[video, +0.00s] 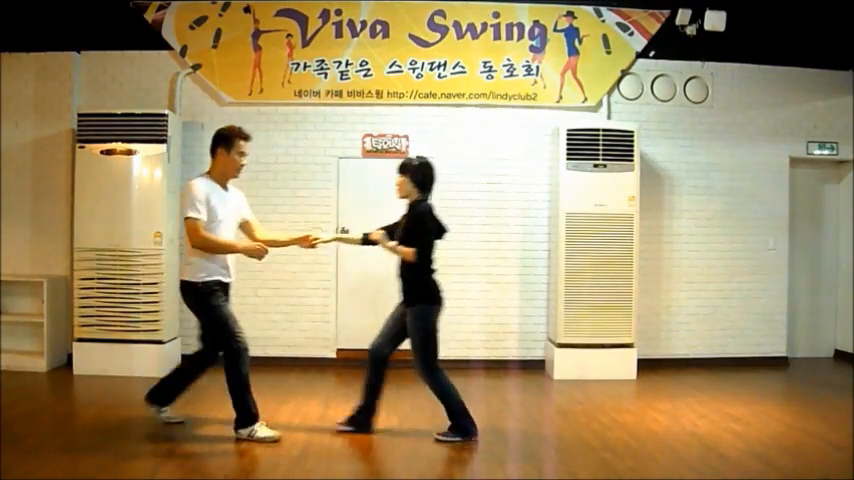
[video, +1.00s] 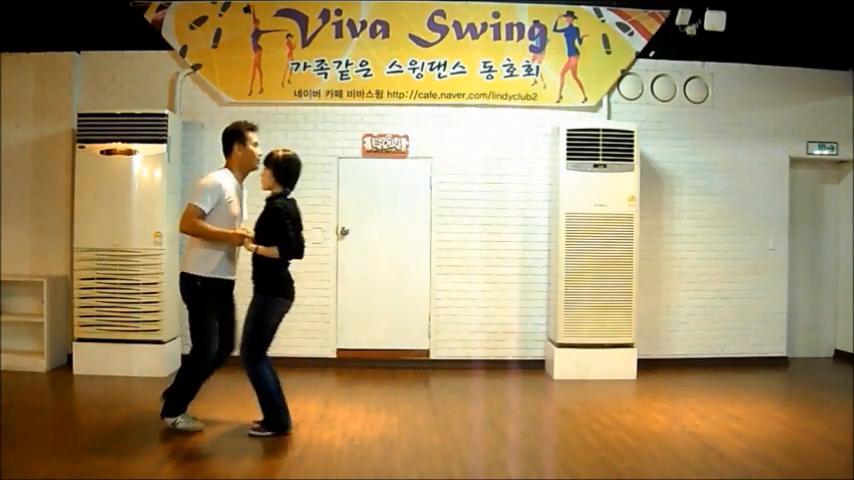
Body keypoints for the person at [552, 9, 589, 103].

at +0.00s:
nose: (567, 20)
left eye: (568, 18)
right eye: (566, 18)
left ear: (572, 18)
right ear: (568, 18)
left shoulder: (568, 29)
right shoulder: (576, 29)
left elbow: (555, 30)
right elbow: (579, 43)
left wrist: (557, 19)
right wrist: (582, 37)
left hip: (572, 54)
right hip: (575, 53)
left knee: (562, 73)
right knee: (574, 75)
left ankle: (559, 95)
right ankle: (584, 95)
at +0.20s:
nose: (567, 20)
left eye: (568, 18)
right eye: (567, 18)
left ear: (572, 19)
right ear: (568, 19)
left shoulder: (567, 29)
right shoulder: (576, 29)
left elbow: (555, 30)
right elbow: (579, 43)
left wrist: (557, 19)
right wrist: (582, 37)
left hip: (572, 54)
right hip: (575, 53)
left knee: (562, 73)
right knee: (574, 75)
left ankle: (559, 95)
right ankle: (584, 96)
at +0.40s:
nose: (567, 19)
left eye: (568, 18)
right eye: (567, 18)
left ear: (572, 18)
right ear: (568, 18)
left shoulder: (567, 29)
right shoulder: (576, 29)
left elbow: (555, 30)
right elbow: (579, 43)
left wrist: (557, 19)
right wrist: (582, 37)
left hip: (572, 54)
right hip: (575, 53)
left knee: (562, 73)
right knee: (574, 75)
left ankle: (559, 95)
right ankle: (584, 96)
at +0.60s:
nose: (567, 19)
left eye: (568, 18)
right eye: (567, 17)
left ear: (572, 18)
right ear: (568, 19)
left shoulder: (568, 29)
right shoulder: (576, 29)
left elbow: (555, 30)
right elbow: (579, 43)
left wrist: (557, 19)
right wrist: (582, 37)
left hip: (572, 54)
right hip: (575, 53)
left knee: (562, 73)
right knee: (574, 75)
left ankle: (559, 95)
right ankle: (584, 96)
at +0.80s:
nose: (567, 19)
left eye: (568, 18)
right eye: (567, 18)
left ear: (572, 18)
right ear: (568, 18)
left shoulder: (567, 29)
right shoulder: (576, 29)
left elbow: (555, 30)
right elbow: (579, 43)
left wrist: (557, 20)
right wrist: (582, 37)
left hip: (572, 54)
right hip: (575, 54)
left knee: (562, 73)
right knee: (574, 75)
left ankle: (559, 95)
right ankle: (584, 96)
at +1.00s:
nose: (567, 19)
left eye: (569, 17)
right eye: (567, 17)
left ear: (572, 18)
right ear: (567, 18)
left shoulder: (569, 29)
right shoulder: (576, 29)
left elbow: (555, 30)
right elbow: (580, 43)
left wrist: (556, 20)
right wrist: (582, 37)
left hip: (573, 54)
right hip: (573, 54)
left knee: (562, 73)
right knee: (574, 75)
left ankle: (559, 95)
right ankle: (584, 96)